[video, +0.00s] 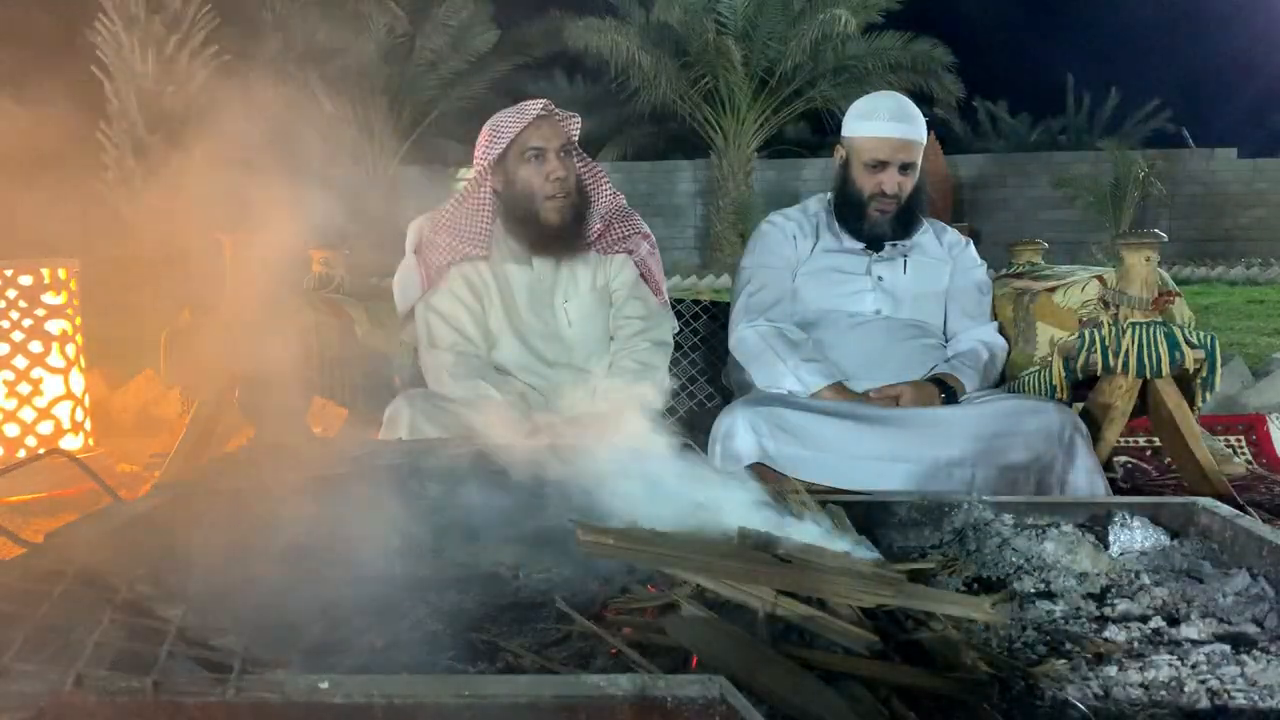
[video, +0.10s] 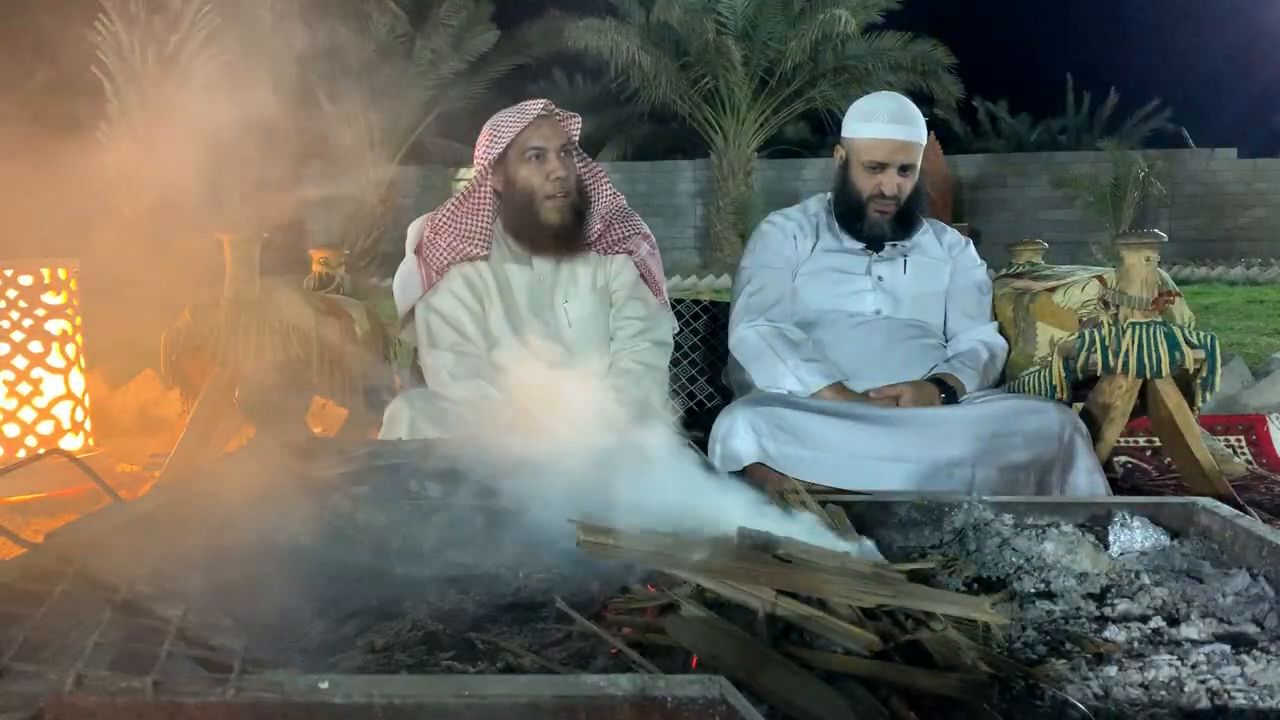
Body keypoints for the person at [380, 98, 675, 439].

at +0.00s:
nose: (559, 173)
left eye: (566, 155)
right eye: (536, 158)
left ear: (578, 166)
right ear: (496, 177)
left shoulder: (615, 269)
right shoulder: (461, 277)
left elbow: (643, 369)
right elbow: (454, 374)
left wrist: (589, 429)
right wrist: (513, 435)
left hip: (591, 431)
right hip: (497, 432)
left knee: (646, 440)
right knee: (411, 412)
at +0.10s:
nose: (560, 172)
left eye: (567, 155)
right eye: (537, 157)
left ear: (578, 165)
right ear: (497, 177)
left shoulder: (616, 271)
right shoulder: (457, 276)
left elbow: (641, 373)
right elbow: (457, 385)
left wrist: (588, 433)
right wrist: (526, 436)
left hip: (601, 446)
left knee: (657, 440)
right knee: (410, 411)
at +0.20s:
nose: (560, 171)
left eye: (566, 154)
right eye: (537, 157)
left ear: (577, 166)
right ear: (497, 177)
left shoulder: (613, 268)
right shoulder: (457, 276)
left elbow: (643, 366)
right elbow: (458, 387)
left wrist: (598, 430)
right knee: (408, 413)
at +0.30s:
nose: (559, 171)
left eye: (565, 155)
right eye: (536, 157)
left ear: (577, 165)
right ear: (496, 177)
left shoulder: (611, 258)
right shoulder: (441, 257)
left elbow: (643, 344)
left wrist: (613, 421)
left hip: (594, 442)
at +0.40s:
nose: (560, 171)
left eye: (565, 155)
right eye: (536, 157)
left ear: (577, 167)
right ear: (496, 178)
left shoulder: (611, 261)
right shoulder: (458, 277)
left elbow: (644, 344)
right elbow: (453, 387)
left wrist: (614, 419)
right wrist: (530, 444)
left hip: (617, 442)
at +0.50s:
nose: (560, 173)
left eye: (566, 155)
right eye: (537, 158)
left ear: (577, 163)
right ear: (497, 176)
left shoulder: (610, 254)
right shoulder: (459, 265)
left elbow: (644, 346)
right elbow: (450, 384)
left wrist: (611, 421)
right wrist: (535, 434)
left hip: (618, 436)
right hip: (509, 444)